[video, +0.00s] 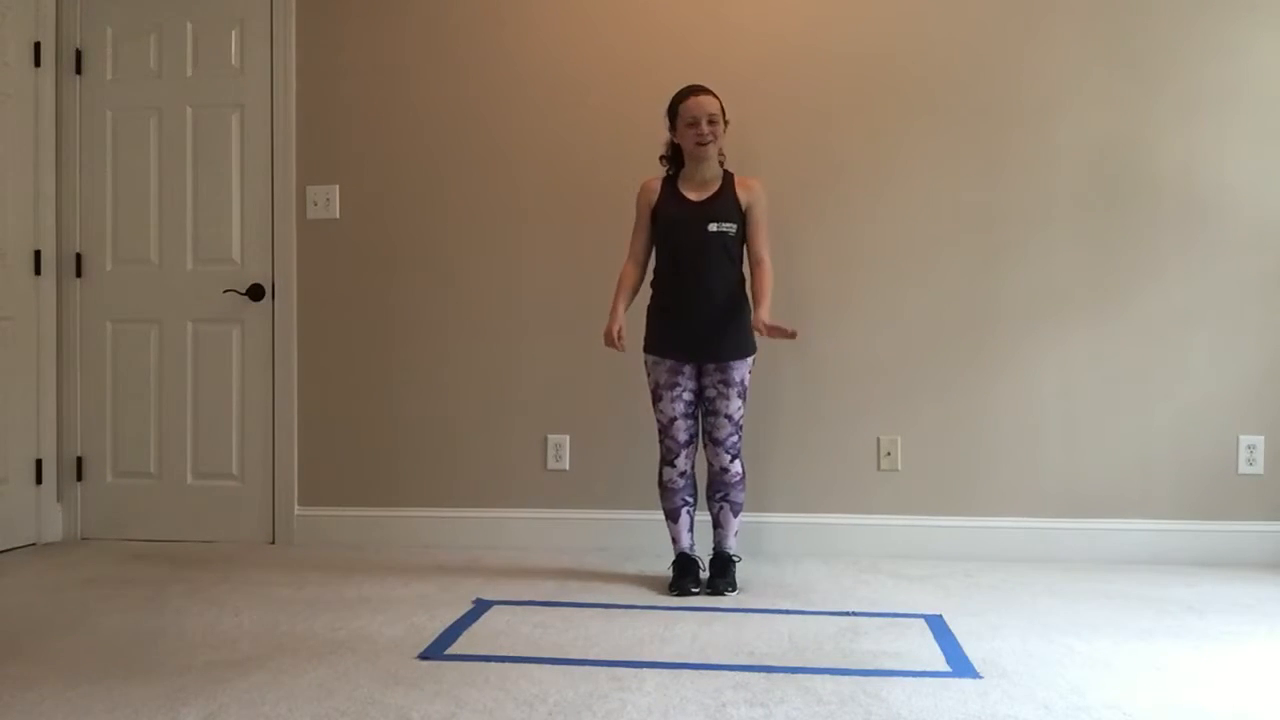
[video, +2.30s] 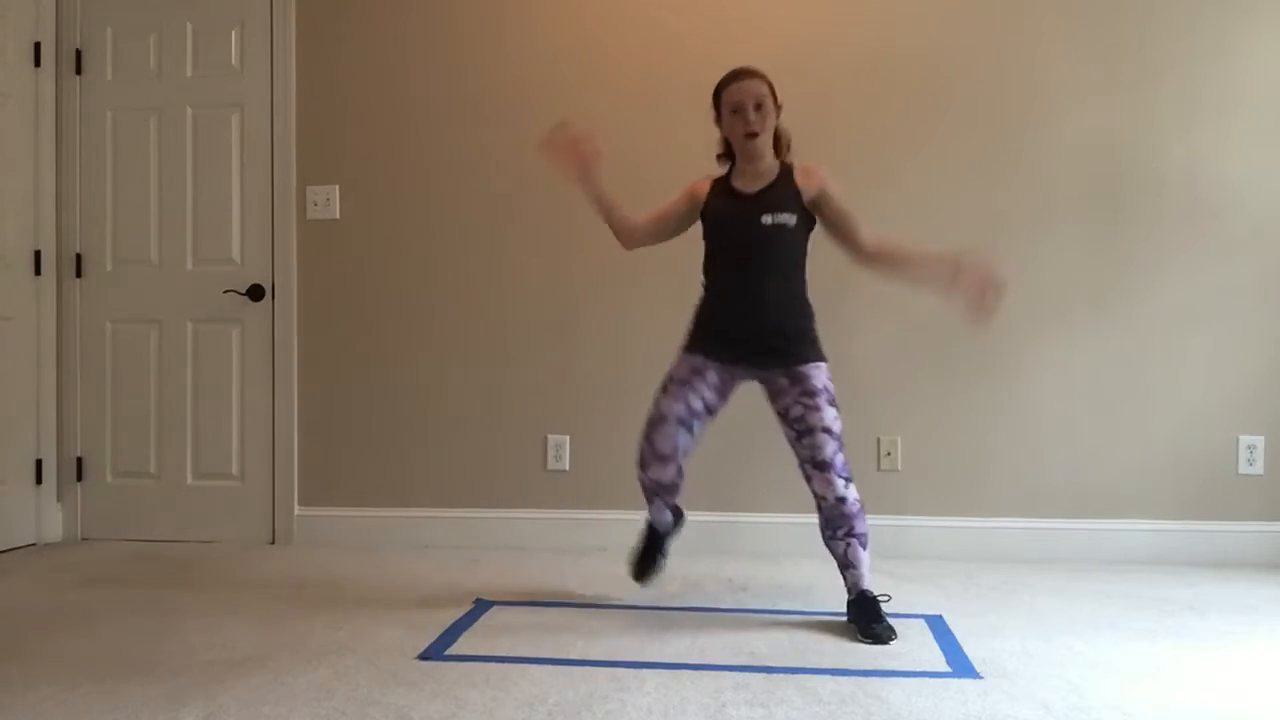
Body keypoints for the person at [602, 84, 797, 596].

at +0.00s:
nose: (703, 130)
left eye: (712, 121)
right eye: (692, 123)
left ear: (724, 128)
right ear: (674, 131)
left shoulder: (746, 190)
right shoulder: (654, 191)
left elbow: (759, 257)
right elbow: (636, 259)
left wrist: (761, 311)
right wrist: (617, 309)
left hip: (728, 341)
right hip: (668, 340)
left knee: (724, 448)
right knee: (676, 448)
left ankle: (723, 555)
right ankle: (684, 557)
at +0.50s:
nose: (702, 131)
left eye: (710, 123)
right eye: (690, 123)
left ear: (721, 129)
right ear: (670, 131)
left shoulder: (739, 192)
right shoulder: (647, 190)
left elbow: (770, 252)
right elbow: (630, 263)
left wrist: (811, 282)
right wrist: (604, 308)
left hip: (723, 341)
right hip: (664, 341)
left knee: (721, 448)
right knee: (672, 450)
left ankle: (724, 555)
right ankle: (683, 556)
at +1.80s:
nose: (701, 122)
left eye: (711, 112)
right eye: (689, 112)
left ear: (724, 122)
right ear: (669, 120)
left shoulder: (741, 184)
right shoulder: (644, 185)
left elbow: (780, 256)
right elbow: (617, 260)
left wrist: (840, 284)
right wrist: (569, 291)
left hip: (732, 326)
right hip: (668, 331)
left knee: (767, 430)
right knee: (664, 450)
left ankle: (790, 551)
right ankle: (678, 560)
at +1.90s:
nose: (714, 122)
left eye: (723, 111)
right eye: (701, 111)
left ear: (734, 117)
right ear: (679, 118)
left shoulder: (747, 181)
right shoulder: (652, 177)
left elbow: (779, 262)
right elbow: (609, 239)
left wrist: (828, 324)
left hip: (751, 325)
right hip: (683, 331)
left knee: (790, 437)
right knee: (677, 449)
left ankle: (832, 562)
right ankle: (678, 560)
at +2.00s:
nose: (725, 136)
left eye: (735, 125)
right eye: (713, 125)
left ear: (746, 130)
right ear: (692, 130)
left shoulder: (762, 198)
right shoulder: (665, 187)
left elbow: (773, 273)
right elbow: (605, 226)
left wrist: (783, 330)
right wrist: (602, 154)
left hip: (770, 333)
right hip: (702, 339)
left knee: (810, 453)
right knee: (688, 456)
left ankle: (855, 584)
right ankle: (683, 559)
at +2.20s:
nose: (745, 140)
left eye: (754, 128)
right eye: (732, 131)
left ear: (771, 136)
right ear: (715, 142)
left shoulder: (799, 203)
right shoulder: (696, 211)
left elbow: (830, 289)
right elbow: (620, 227)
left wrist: (870, 359)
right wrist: (642, 158)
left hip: (804, 358)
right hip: (729, 363)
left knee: (842, 472)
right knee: (684, 464)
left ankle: (864, 593)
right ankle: (681, 554)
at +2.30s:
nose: (749, 118)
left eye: (759, 106)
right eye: (736, 109)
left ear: (776, 115)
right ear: (720, 123)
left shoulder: (806, 185)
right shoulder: (705, 193)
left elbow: (866, 247)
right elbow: (633, 234)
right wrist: (591, 181)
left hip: (791, 351)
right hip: (714, 348)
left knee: (829, 472)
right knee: (659, 447)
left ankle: (861, 597)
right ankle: (662, 523)